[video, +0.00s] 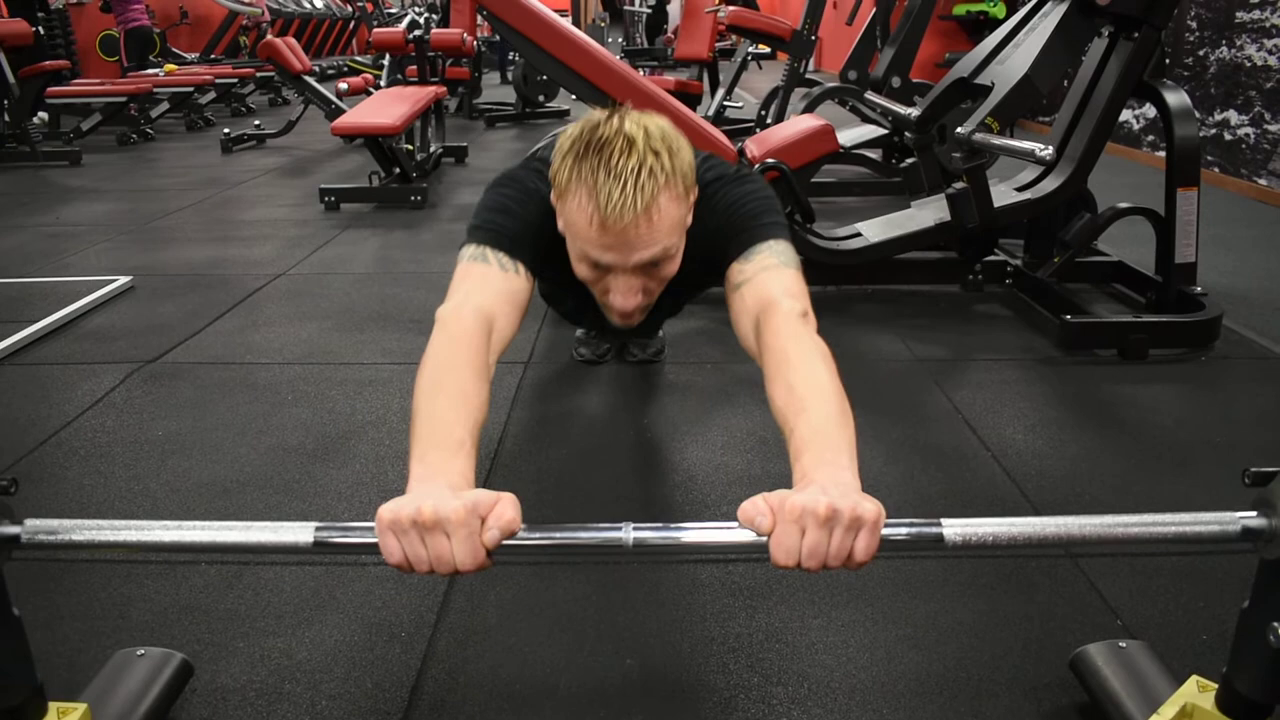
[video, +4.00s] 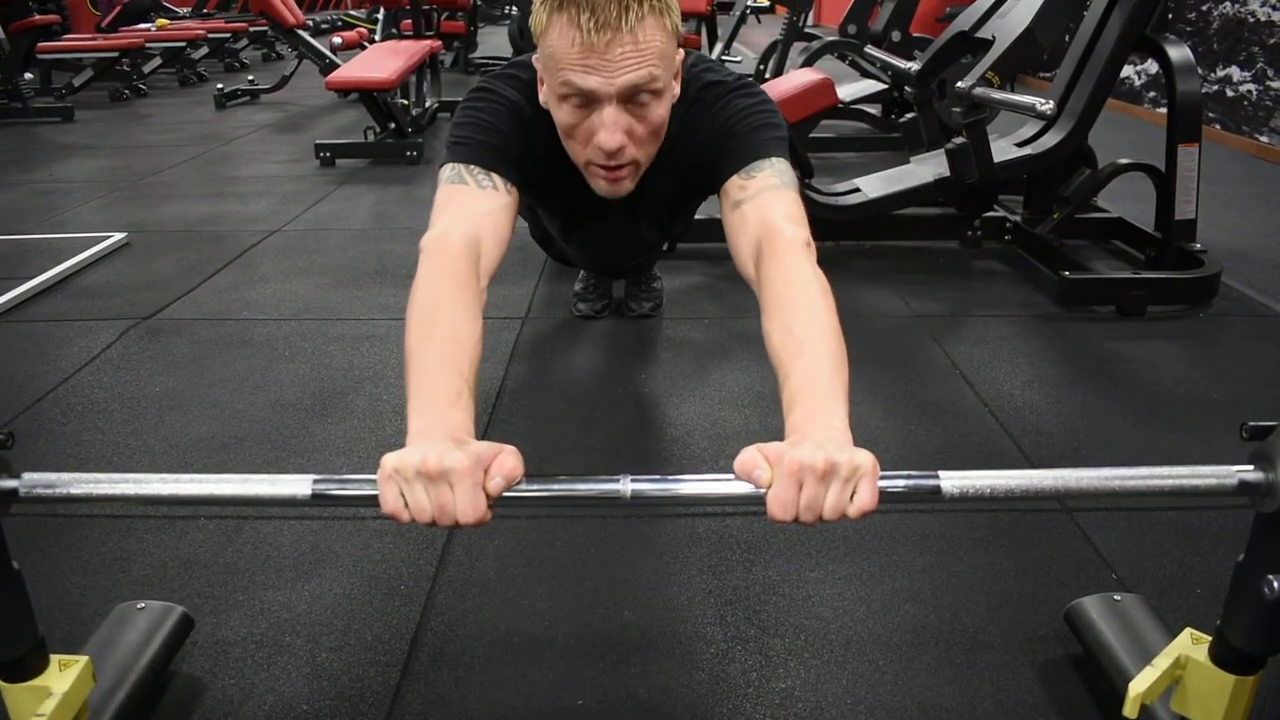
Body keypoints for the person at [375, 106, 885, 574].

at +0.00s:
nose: (626, 294)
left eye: (651, 266)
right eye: (601, 268)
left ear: (689, 209)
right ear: (559, 213)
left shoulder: (733, 197)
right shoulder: (522, 200)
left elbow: (783, 321)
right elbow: (467, 323)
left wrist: (829, 483)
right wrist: (436, 489)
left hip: (671, 295)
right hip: (568, 295)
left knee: (647, 335)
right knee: (589, 332)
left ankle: (642, 343)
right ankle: (595, 342)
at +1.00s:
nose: (605, 527)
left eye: (627, 506)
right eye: (581, 510)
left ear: (665, 421)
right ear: (533, 446)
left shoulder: (712, 371)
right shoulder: (498, 380)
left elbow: (838, 591)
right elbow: (408, 600)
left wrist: (823, 551)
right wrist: (435, 558)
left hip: (659, 237)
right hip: (549, 239)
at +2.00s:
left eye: (657, 708)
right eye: (592, 707)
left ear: (692, 625)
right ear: (550, 643)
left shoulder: (748, 535)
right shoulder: (506, 535)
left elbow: (851, 707)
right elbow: (415, 706)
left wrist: (836, 611)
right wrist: (430, 607)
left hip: (684, 360)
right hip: (566, 357)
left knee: (663, 309)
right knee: (579, 308)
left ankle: (645, 281)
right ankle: (600, 277)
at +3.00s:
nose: (636, 327)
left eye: (663, 292)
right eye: (607, 295)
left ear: (701, 240)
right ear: (566, 249)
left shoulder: (746, 235)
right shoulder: (523, 234)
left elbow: (830, 383)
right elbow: (433, 380)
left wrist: (833, 442)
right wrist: (432, 441)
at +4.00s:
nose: (611, 137)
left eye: (640, 98)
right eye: (579, 101)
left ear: (679, 68)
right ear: (540, 78)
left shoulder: (729, 107)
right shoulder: (502, 104)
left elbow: (781, 251)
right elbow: (453, 254)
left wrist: (820, 436)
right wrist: (438, 437)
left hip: (653, 223)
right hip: (566, 228)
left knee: (641, 254)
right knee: (584, 256)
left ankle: (639, 278)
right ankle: (593, 275)